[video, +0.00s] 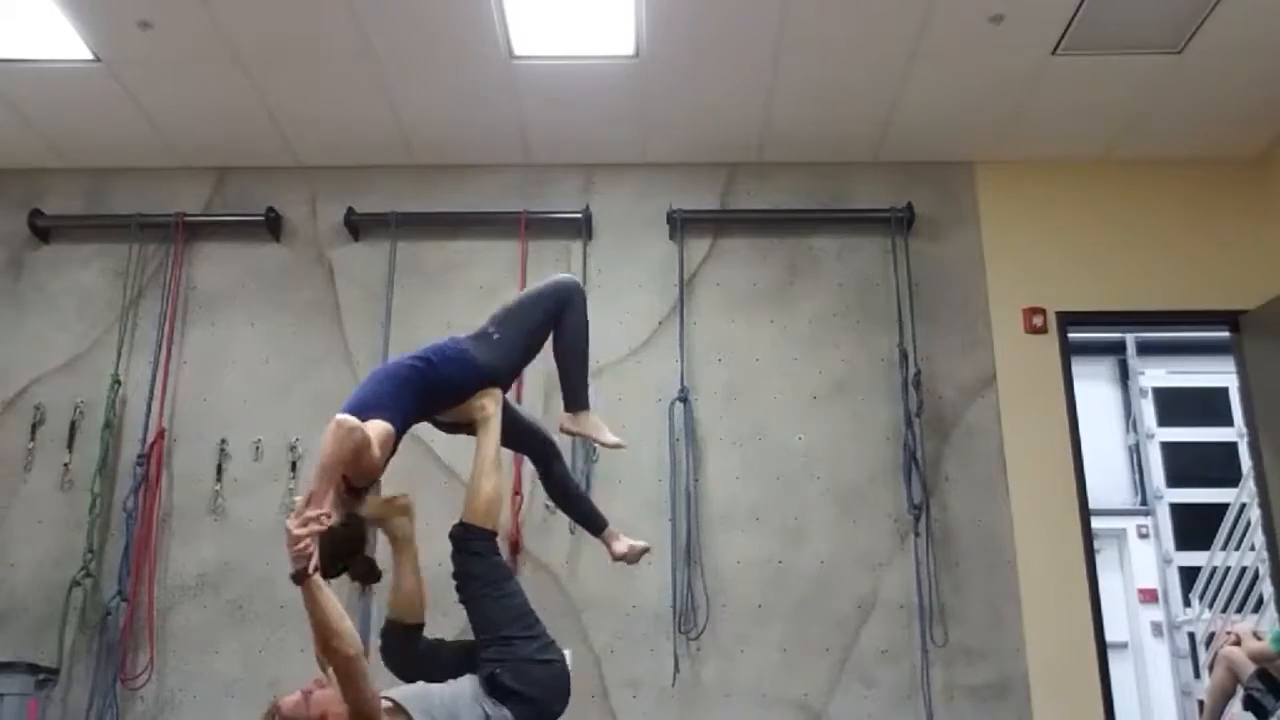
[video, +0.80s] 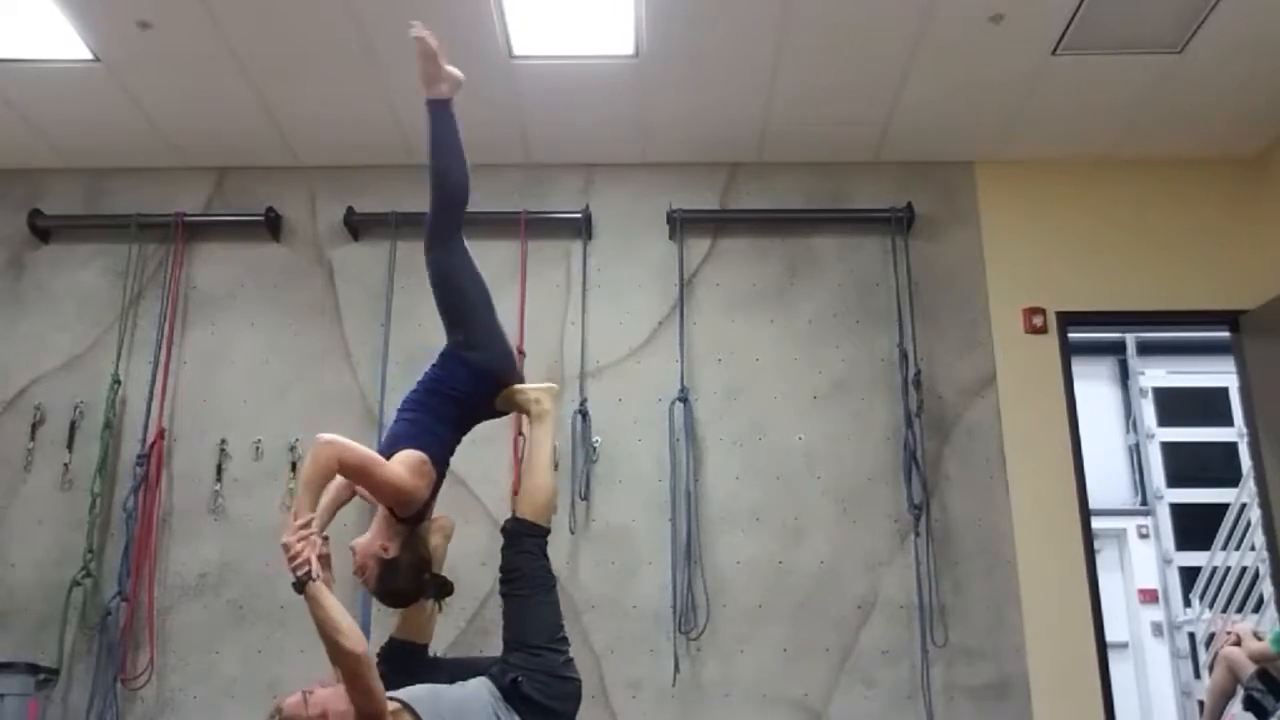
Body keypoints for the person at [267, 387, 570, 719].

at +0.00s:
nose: (316, 686)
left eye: (307, 689)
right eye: (310, 701)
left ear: (323, 691)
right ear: (324, 719)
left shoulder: (368, 705)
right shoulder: (370, 715)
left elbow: (332, 656)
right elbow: (347, 652)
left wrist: (306, 565)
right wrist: (306, 575)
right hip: (529, 691)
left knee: (401, 650)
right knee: (472, 545)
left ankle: (400, 531)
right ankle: (490, 415)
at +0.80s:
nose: (312, 693)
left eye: (305, 696)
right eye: (310, 707)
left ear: (322, 690)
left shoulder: (374, 704)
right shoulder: (379, 715)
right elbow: (351, 650)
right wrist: (311, 580)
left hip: (512, 682)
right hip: (540, 696)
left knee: (400, 664)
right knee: (524, 540)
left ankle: (434, 539)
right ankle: (540, 413)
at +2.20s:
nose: (315, 685)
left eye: (305, 690)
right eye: (308, 699)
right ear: (323, 717)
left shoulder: (372, 699)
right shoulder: (379, 710)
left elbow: (369, 639)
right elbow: (393, 647)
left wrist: (355, 565)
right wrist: (389, 556)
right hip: (539, 698)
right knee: (424, 597)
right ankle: (402, 461)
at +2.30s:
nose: (319, 683)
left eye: (308, 689)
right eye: (313, 701)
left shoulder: (378, 698)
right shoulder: (379, 713)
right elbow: (382, 645)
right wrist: (374, 562)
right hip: (539, 702)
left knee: (432, 604)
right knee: (426, 603)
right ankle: (395, 453)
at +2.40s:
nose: (312, 686)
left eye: (299, 692)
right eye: (307, 700)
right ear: (327, 718)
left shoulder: (371, 690)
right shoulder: (381, 710)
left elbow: (365, 646)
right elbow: (395, 644)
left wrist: (347, 574)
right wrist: (404, 552)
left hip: (536, 681)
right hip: (532, 693)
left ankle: (381, 455)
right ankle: (382, 455)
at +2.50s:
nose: (314, 687)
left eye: (301, 694)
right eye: (309, 704)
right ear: (327, 719)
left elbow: (364, 642)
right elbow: (424, 642)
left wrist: (349, 576)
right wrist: (451, 554)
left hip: (536, 672)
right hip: (524, 690)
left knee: (421, 575)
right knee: (417, 575)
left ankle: (383, 455)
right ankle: (382, 450)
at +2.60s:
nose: (313, 683)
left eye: (300, 690)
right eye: (307, 698)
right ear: (323, 717)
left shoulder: (370, 699)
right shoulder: (387, 706)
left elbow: (375, 656)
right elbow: (449, 651)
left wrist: (361, 587)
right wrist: (497, 569)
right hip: (530, 678)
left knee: (392, 645)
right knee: (425, 576)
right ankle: (389, 451)